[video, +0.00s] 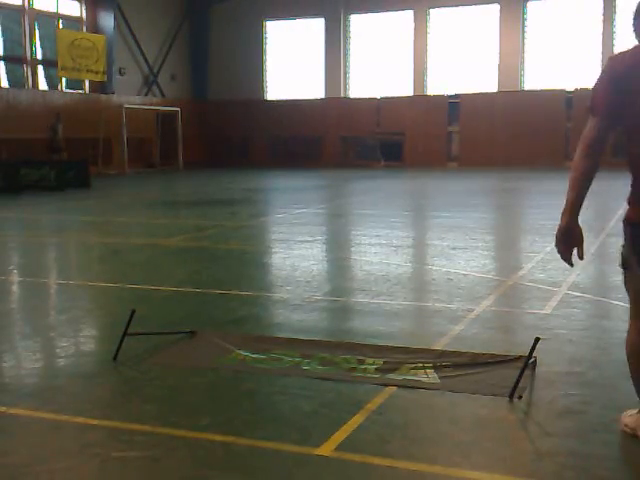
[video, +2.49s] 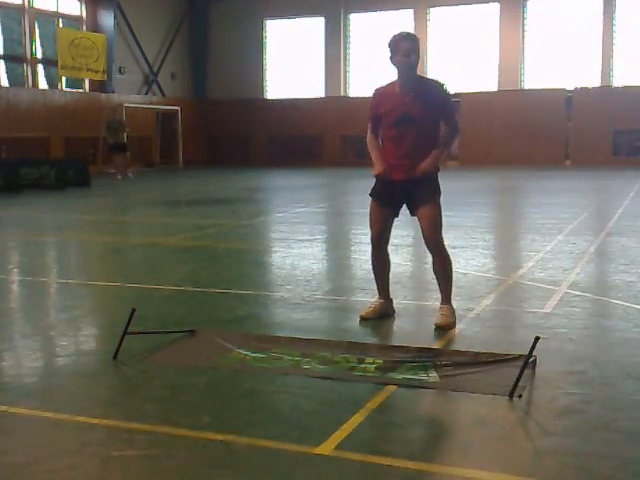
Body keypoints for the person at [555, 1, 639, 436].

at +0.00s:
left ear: (633, 27)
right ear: (631, 28)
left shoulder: (621, 68)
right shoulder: (621, 68)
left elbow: (591, 146)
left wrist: (570, 216)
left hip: (638, 221)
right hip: (635, 221)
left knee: (637, 323)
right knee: (636, 321)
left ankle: (639, 413)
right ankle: (638, 411)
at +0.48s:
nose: (573, 46)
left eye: (573, 39)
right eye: (574, 39)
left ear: (580, 36)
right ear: (610, 35)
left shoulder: (569, 74)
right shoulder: (634, 73)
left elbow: (536, 137)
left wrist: (546, 150)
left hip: (593, 199)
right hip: (635, 197)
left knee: (605, 296)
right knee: (624, 283)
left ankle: (637, 386)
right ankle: (612, 360)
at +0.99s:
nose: (475, 60)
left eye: (477, 52)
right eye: (474, 53)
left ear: (492, 50)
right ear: (505, 49)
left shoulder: (496, 89)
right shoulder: (540, 84)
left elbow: (498, 140)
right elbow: (558, 138)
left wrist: (501, 194)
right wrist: (551, 176)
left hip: (512, 193)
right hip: (551, 191)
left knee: (487, 257)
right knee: (569, 264)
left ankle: (488, 329)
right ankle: (601, 339)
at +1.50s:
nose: (414, 66)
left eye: (420, 59)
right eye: (411, 60)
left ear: (434, 59)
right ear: (407, 61)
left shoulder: (456, 92)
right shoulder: (416, 96)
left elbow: (484, 133)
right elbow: (417, 132)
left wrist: (454, 173)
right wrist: (409, 162)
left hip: (452, 186)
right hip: (422, 184)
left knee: (448, 254)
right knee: (408, 243)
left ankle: (486, 323)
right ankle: (411, 303)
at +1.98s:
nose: (409, 61)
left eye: (413, 55)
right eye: (403, 56)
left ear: (422, 57)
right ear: (395, 61)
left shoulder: (441, 93)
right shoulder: (388, 98)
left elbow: (471, 127)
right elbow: (382, 134)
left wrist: (446, 159)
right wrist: (385, 164)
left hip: (430, 182)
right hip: (396, 182)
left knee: (437, 247)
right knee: (380, 241)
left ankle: (444, 305)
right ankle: (389, 300)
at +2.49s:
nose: (409, 58)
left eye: (413, 53)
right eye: (403, 54)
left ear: (419, 56)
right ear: (392, 57)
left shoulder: (433, 91)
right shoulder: (381, 95)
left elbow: (452, 127)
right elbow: (371, 134)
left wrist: (436, 157)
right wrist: (379, 163)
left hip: (422, 178)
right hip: (387, 179)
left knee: (434, 242)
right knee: (377, 240)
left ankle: (446, 305)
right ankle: (384, 301)